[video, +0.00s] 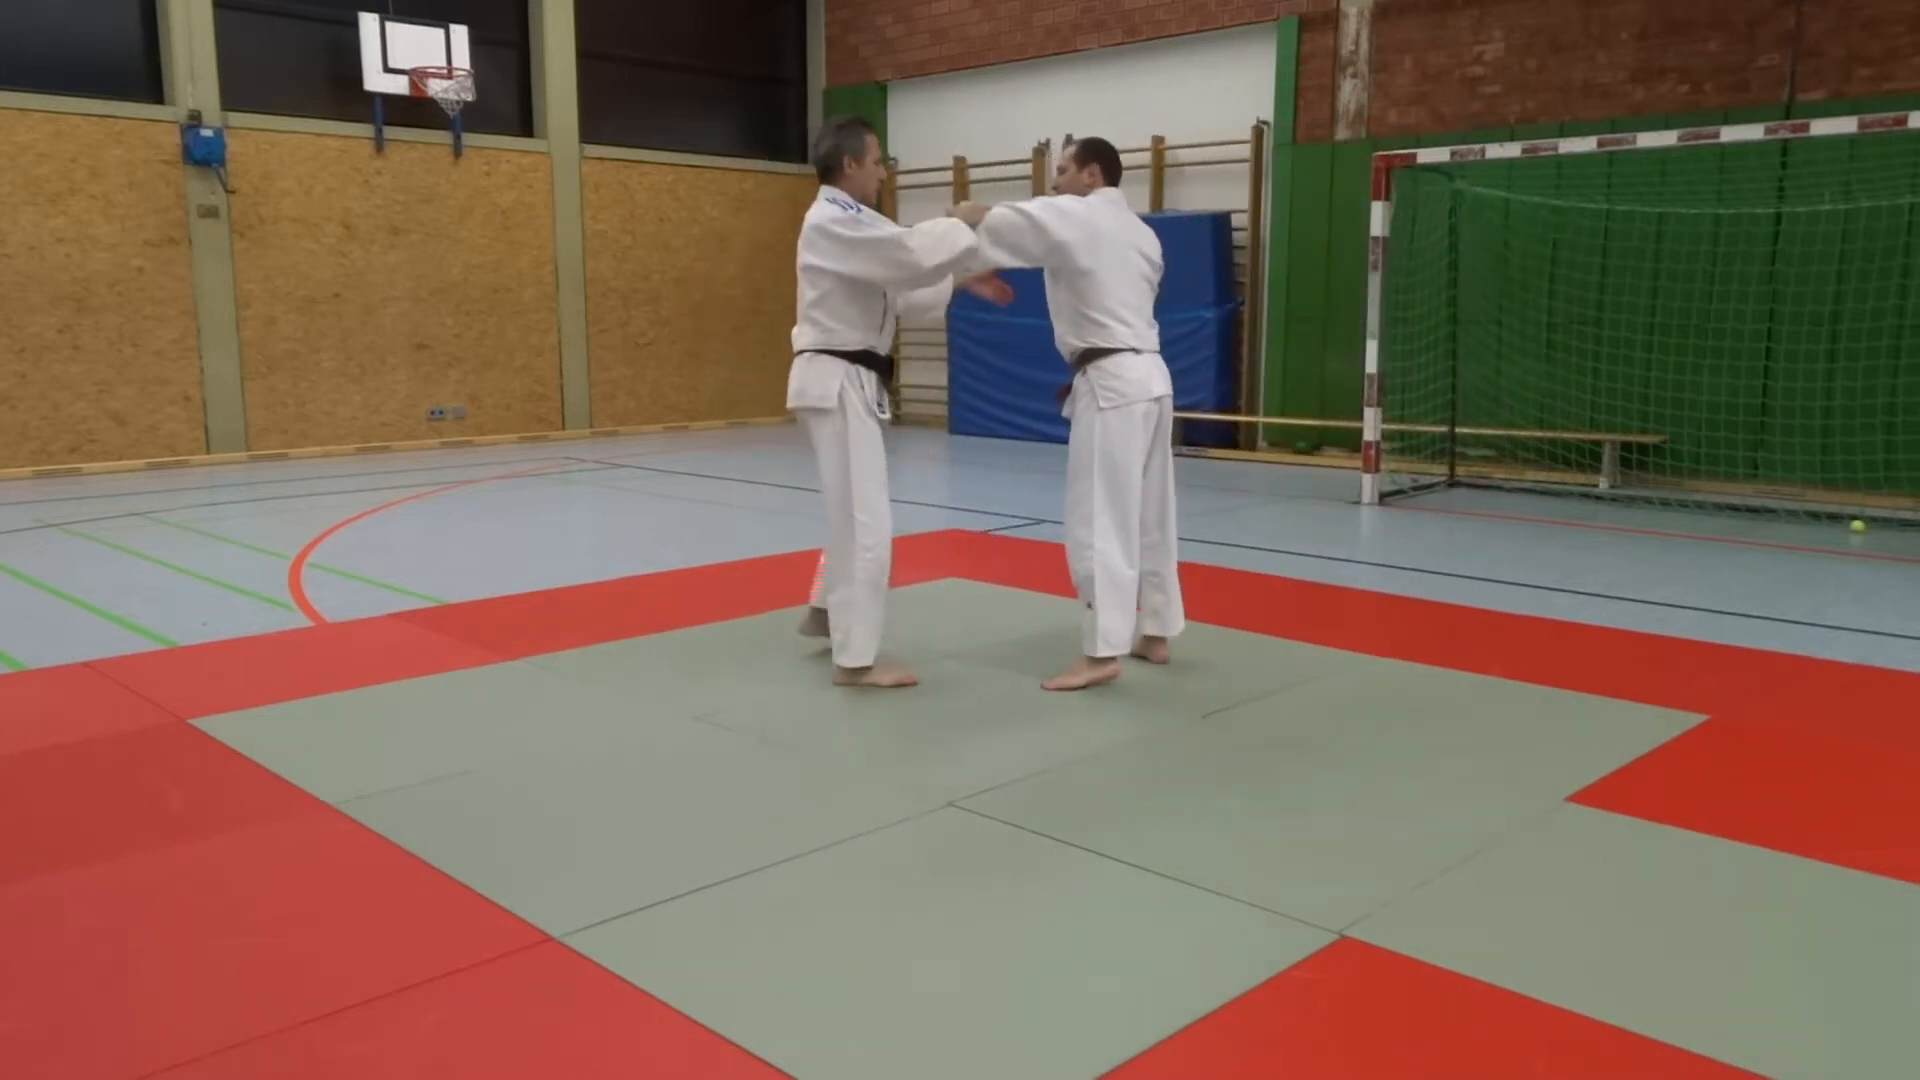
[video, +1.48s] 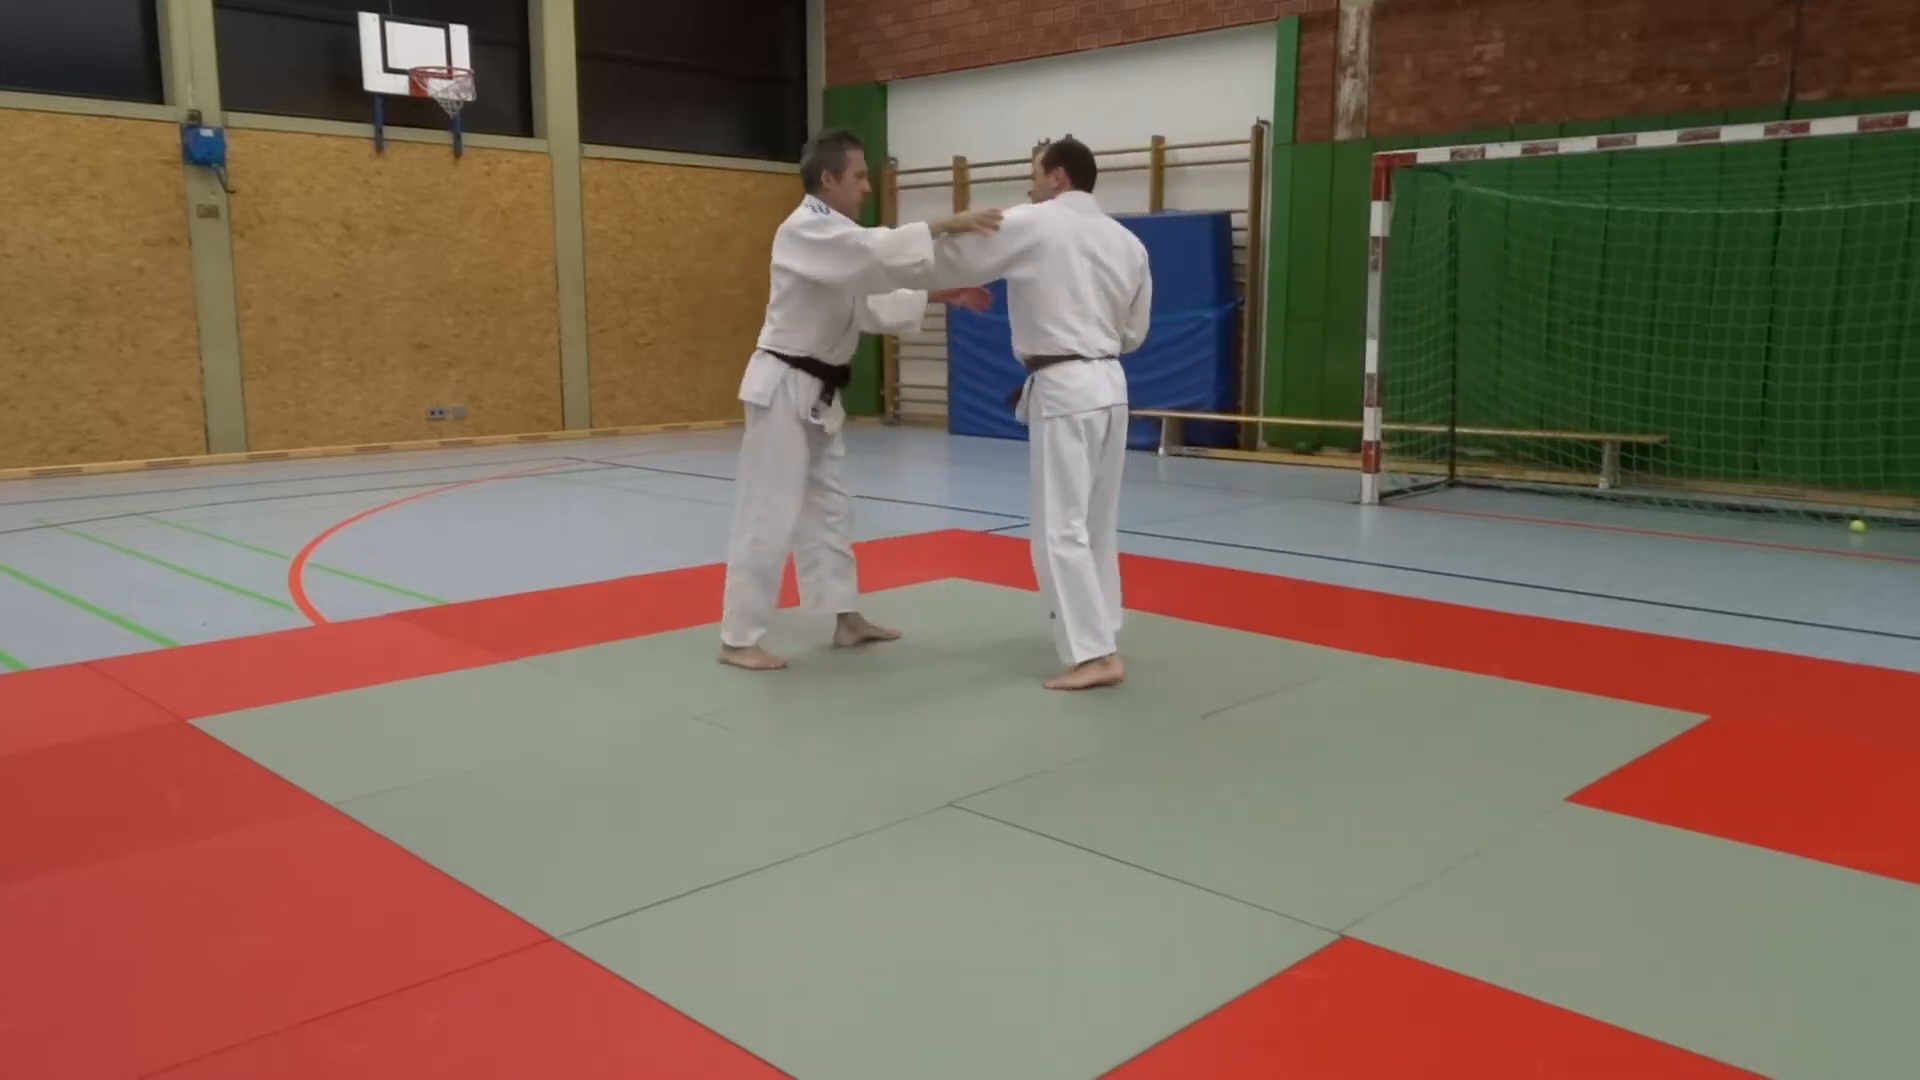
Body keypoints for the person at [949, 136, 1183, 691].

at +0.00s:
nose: (1055, 183)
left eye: (1061, 173)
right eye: (1056, 173)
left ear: (1091, 174)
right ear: (1105, 178)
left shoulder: (1070, 214)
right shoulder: (1143, 231)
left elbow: (994, 220)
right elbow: (1135, 308)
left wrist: (962, 213)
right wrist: (1087, 370)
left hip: (1111, 381)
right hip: (1153, 378)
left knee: (1098, 515)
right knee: (1150, 511)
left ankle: (1101, 654)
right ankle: (1154, 634)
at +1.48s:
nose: (1034, 185)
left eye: (1037, 176)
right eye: (1035, 176)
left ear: (1058, 177)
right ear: (1084, 180)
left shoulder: (1033, 222)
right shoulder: (1127, 242)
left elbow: (961, 256)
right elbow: (1134, 333)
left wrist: (893, 252)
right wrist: (1071, 353)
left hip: (1060, 385)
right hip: (1111, 383)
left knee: (1061, 526)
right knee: (1099, 522)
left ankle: (1093, 657)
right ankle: (1104, 641)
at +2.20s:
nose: (1030, 180)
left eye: (1037, 170)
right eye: (1032, 170)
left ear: (1066, 174)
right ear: (1083, 177)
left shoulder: (1052, 217)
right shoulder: (1124, 242)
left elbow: (989, 255)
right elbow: (1102, 317)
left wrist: (913, 248)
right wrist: (1026, 318)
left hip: (1082, 391)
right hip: (1112, 385)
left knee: (1084, 521)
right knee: (1098, 514)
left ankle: (1115, 651)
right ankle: (1097, 627)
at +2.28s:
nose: (1027, 179)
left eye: (1034, 170)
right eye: (1029, 170)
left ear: (1066, 174)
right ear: (1067, 176)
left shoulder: (1079, 218)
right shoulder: (1072, 224)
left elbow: (1012, 260)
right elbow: (1050, 328)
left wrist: (946, 252)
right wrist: (975, 349)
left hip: (1094, 393)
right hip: (1070, 393)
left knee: (1087, 525)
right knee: (1065, 520)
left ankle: (1115, 651)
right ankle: (1095, 628)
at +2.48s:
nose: (998, 192)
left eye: (1010, 184)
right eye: (997, 182)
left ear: (1044, 192)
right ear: (1000, 190)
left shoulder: (1075, 238)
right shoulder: (998, 253)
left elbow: (1028, 299)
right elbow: (971, 342)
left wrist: (962, 292)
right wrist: (895, 354)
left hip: (1082, 401)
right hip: (1024, 405)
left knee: (1107, 531)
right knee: (1000, 533)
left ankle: (1131, 653)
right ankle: (1041, 591)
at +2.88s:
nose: (971, 199)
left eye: (983, 190)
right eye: (965, 189)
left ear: (1012, 197)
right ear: (959, 195)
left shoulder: (1044, 251)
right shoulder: (946, 252)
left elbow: (1028, 312)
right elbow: (920, 306)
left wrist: (961, 295)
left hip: (1034, 403)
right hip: (972, 404)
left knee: (1062, 529)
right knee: (953, 539)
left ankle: (1103, 645)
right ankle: (966, 630)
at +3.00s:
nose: (968, 195)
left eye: (979, 185)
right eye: (963, 185)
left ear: (1013, 189)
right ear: (959, 188)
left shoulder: (1040, 245)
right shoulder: (951, 232)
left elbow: (1003, 308)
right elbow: (906, 272)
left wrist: (944, 281)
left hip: (1031, 400)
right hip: (971, 397)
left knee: (1062, 525)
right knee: (955, 527)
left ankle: (1099, 641)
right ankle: (966, 629)